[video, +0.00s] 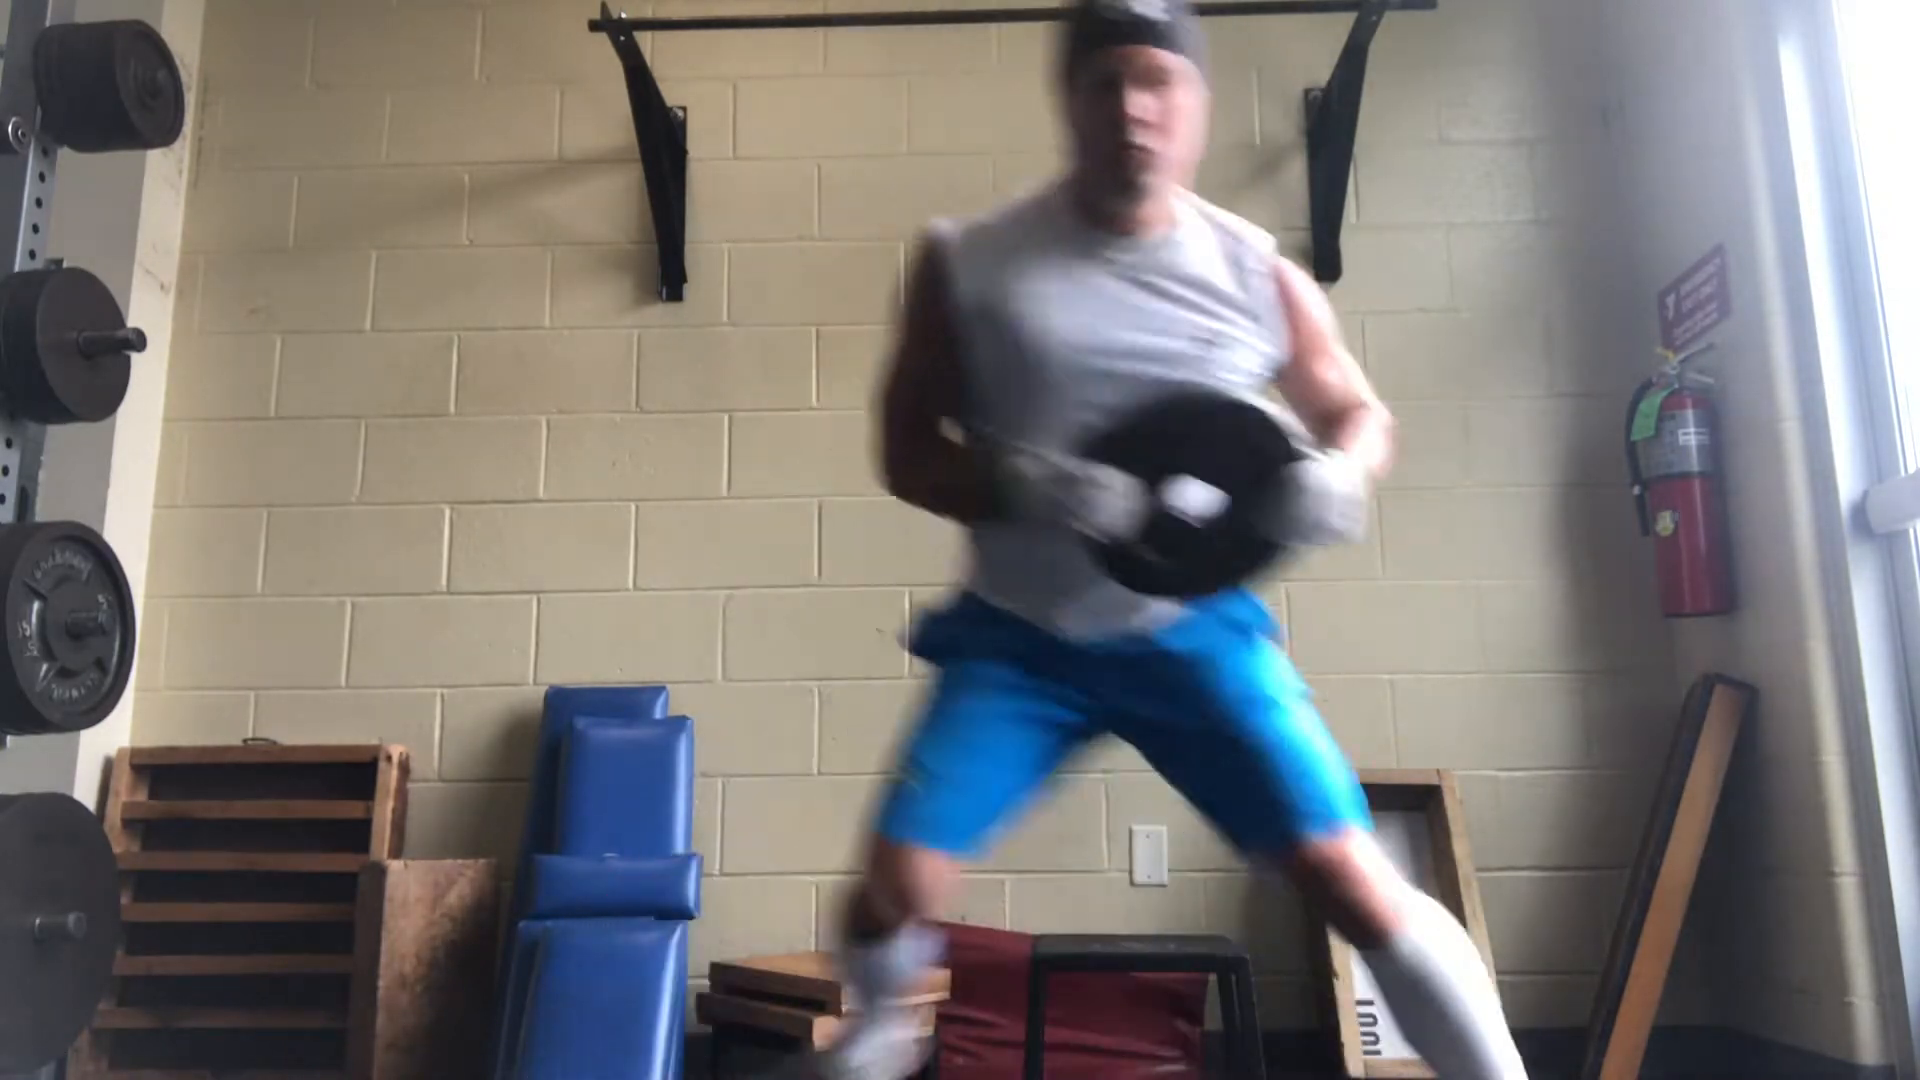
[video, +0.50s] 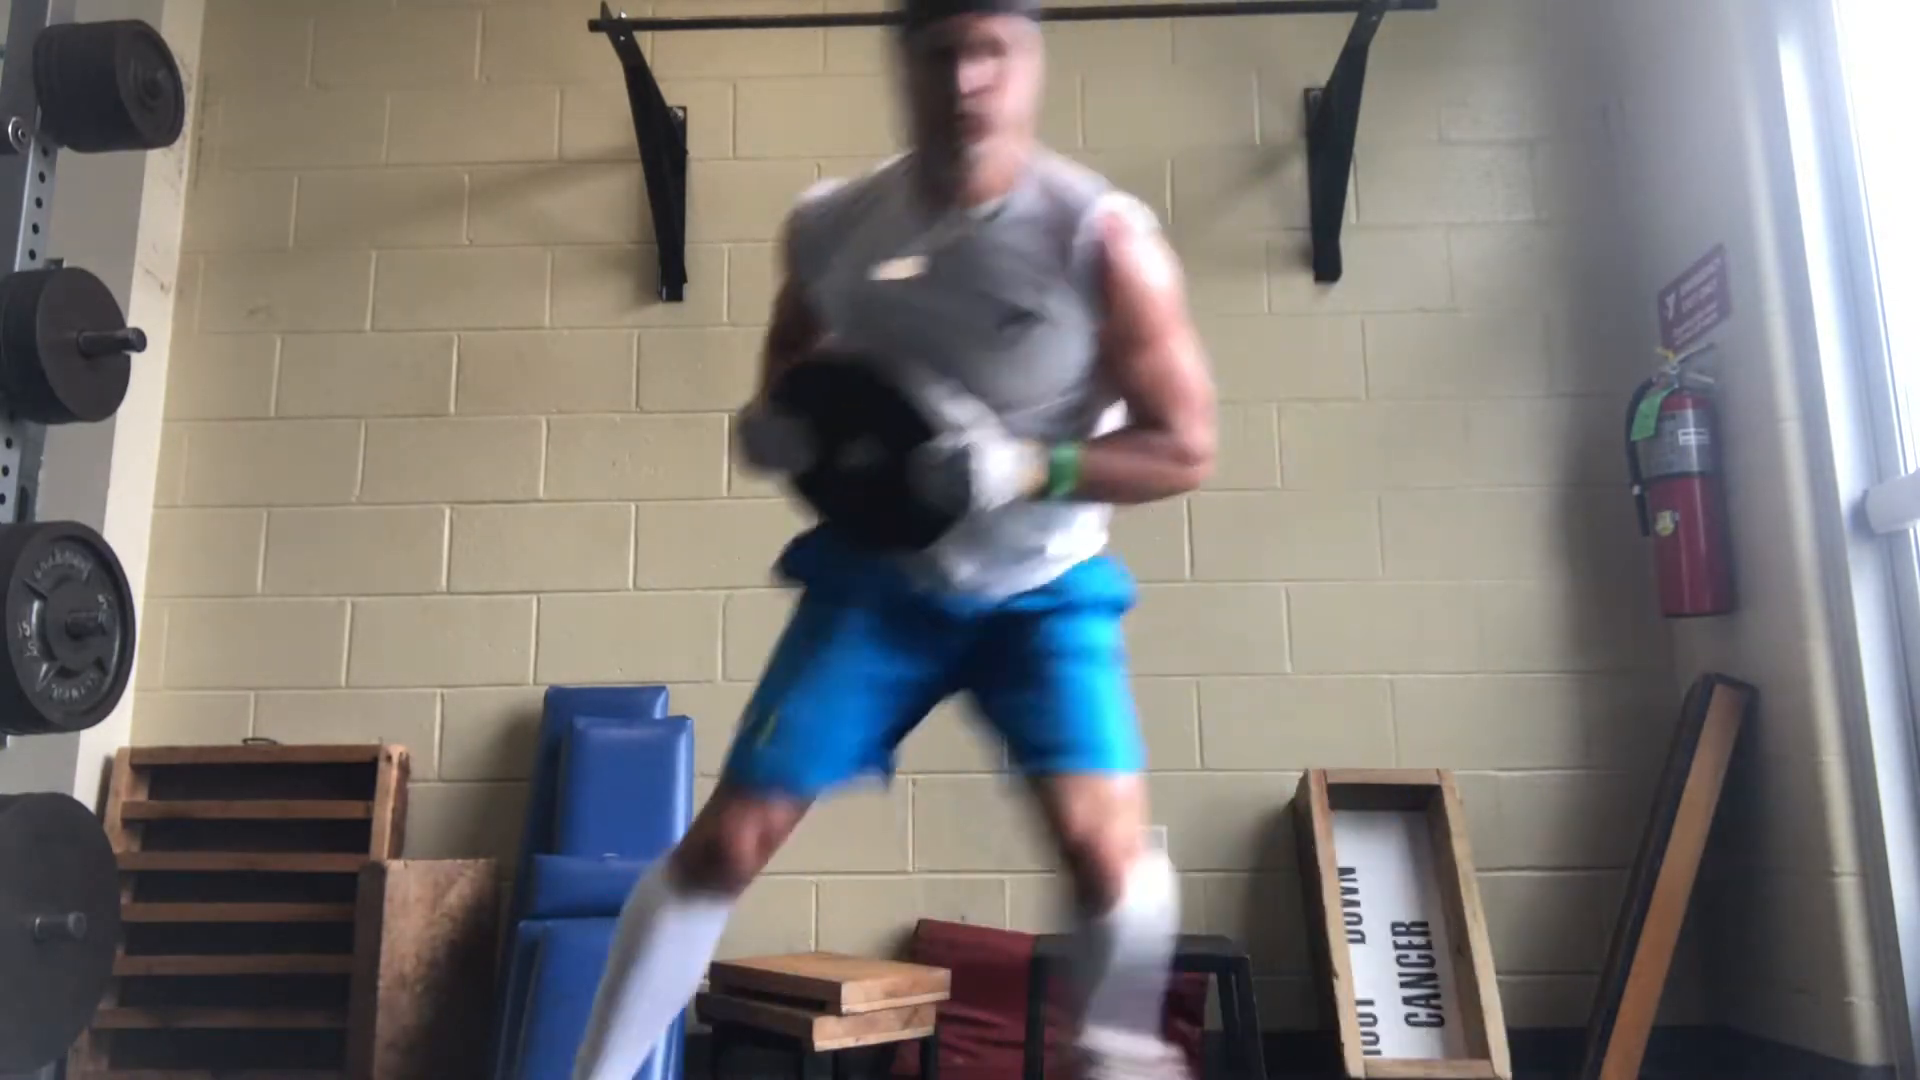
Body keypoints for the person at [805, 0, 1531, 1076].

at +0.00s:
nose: (1133, 111)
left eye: (1157, 83)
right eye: (1106, 84)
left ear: (1200, 105)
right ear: (1067, 104)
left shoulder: (1258, 275)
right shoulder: (966, 265)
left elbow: (1362, 418)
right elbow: (907, 455)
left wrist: (1340, 476)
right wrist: (1022, 485)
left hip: (1200, 643)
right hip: (1018, 644)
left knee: (1348, 878)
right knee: (897, 887)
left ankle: (1497, 1074)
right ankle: (884, 1036)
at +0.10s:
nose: (1242, 145)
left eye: (1267, 122)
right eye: (1214, 119)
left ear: (1300, 147)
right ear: (1168, 135)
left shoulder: (1347, 329)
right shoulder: (1053, 303)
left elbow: (1418, 469)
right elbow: (980, 499)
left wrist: (1422, 538)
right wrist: (1124, 557)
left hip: (1262, 668)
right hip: (1082, 678)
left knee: (1387, 878)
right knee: (1032, 956)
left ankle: (1515, 1074)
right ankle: (1094, 982)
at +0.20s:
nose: (1271, 150)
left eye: (1298, 126)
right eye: (1245, 121)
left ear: (1326, 154)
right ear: (1193, 137)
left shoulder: (1364, 332)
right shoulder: (1070, 297)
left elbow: (1433, 489)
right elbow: (982, 479)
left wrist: (1412, 551)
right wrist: (1087, 547)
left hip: (1281, 662)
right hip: (1091, 660)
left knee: (1403, 877)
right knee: (993, 898)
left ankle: (1520, 1074)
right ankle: (1068, 944)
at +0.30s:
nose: (1213, 113)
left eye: (1239, 89)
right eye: (1187, 85)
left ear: (1274, 117)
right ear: (1142, 100)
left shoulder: (1317, 285)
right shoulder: (1021, 258)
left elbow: (1384, 474)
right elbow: (935, 410)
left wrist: (1290, 502)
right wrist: (1007, 487)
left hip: (1226, 634)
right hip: (1042, 614)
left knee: (1365, 876)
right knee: (883, 775)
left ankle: (1505, 1076)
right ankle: (899, 916)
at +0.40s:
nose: (1105, 68)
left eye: (1131, 42)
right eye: (1080, 41)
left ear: (1169, 67)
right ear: (1039, 57)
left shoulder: (1214, 235)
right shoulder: (930, 201)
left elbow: (1285, 441)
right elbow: (857, 333)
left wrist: (1134, 453)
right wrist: (892, 415)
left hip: (1131, 592)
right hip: (951, 564)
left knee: (1253, 843)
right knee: (782, 741)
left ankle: (1403, 1065)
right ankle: (687, 990)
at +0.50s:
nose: (967, 80)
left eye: (992, 53)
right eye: (940, 54)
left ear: (1032, 67)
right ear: (904, 70)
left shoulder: (1104, 235)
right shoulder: (829, 232)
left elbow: (1185, 448)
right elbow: (774, 410)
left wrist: (1025, 465)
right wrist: (783, 435)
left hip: (1047, 593)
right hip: (875, 583)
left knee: (1109, 854)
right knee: (730, 840)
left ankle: (1110, 1061)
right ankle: (598, 1076)